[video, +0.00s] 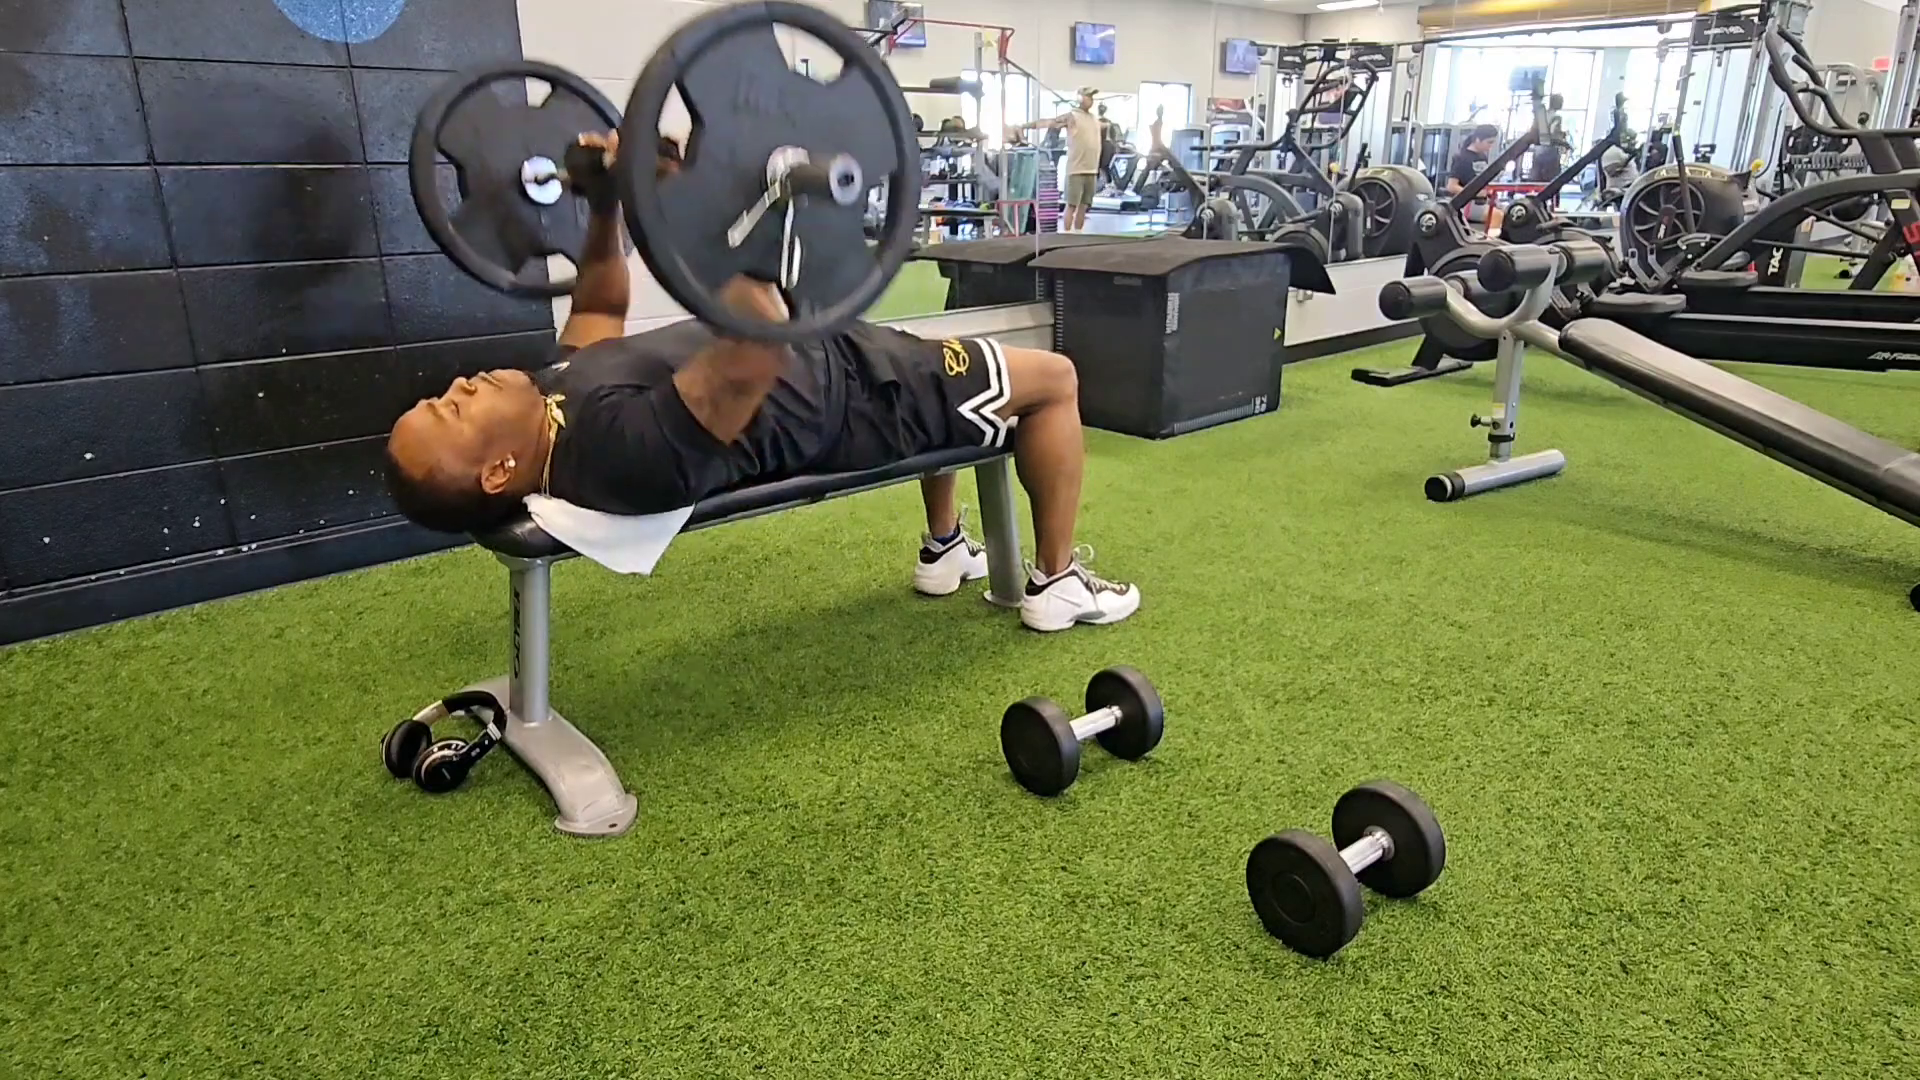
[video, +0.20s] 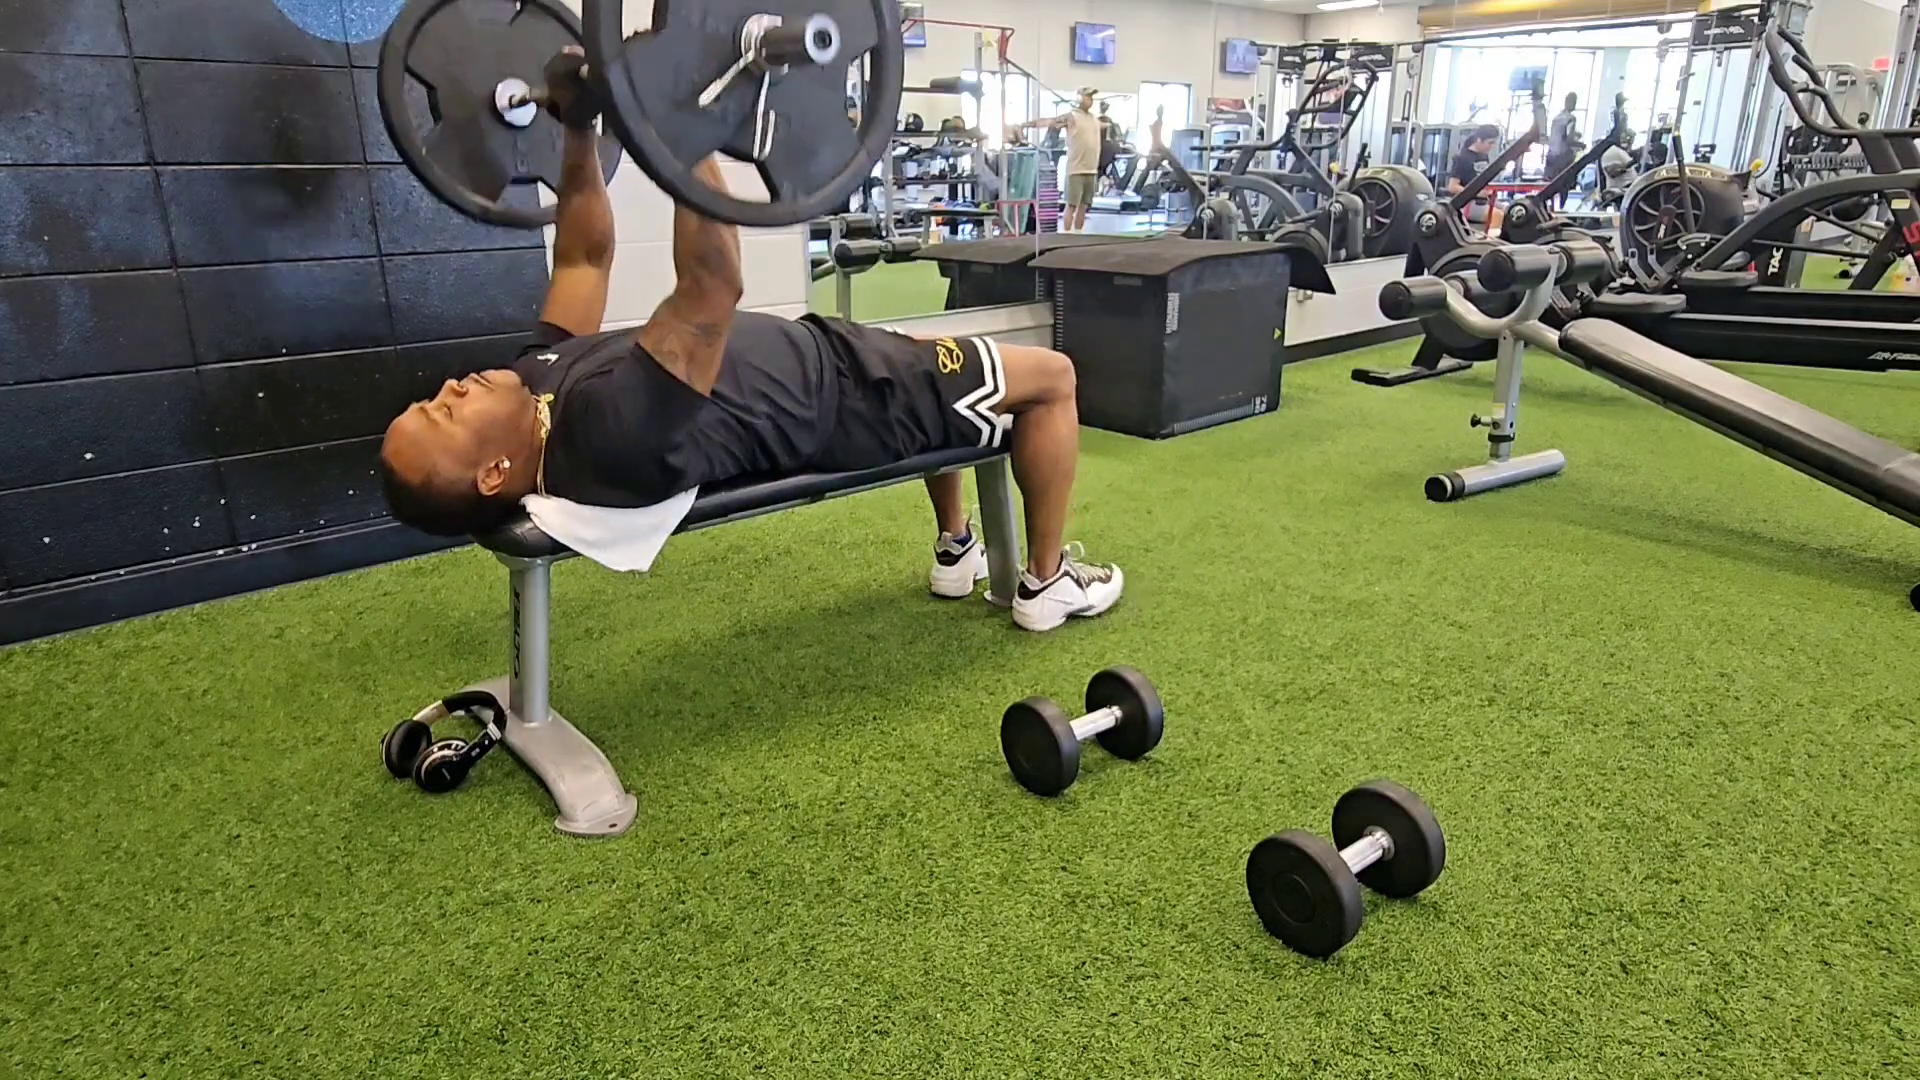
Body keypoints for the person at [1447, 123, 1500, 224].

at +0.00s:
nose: (1490, 147)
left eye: (1492, 143)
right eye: (1489, 142)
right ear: (1478, 140)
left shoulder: (1483, 157)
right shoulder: (1461, 158)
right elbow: (1451, 186)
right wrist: (1476, 193)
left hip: (1485, 201)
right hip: (1467, 203)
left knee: (1508, 212)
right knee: (1497, 216)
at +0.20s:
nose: (1491, 147)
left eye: (1493, 143)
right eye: (1490, 143)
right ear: (1479, 140)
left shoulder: (1485, 156)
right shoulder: (1463, 158)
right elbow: (1452, 186)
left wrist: (1490, 190)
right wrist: (1477, 193)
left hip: (1486, 200)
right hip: (1468, 203)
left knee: (1509, 210)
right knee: (1497, 216)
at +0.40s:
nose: (1492, 147)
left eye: (1494, 143)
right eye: (1490, 143)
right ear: (1479, 140)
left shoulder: (1485, 155)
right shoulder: (1463, 158)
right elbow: (1453, 187)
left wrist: (1491, 191)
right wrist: (1478, 193)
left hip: (1486, 200)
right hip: (1468, 203)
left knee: (1508, 211)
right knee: (1498, 215)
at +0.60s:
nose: (1492, 147)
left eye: (1494, 143)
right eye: (1490, 143)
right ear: (1479, 140)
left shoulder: (1485, 156)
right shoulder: (1463, 157)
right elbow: (1453, 187)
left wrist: (1492, 190)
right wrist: (1478, 193)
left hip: (1486, 200)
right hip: (1468, 203)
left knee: (1508, 212)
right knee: (1498, 216)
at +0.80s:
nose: (1492, 147)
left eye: (1493, 144)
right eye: (1490, 143)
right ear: (1479, 140)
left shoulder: (1484, 156)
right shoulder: (1463, 157)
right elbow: (1453, 187)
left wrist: (1492, 189)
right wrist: (1478, 193)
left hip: (1486, 200)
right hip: (1468, 203)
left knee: (1509, 211)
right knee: (1498, 215)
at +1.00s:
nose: (1491, 148)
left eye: (1493, 144)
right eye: (1489, 143)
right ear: (1478, 140)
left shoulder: (1484, 157)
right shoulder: (1463, 156)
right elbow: (1454, 183)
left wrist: (1492, 190)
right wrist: (1478, 192)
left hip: (1486, 200)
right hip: (1467, 202)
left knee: (1508, 211)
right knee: (1498, 215)